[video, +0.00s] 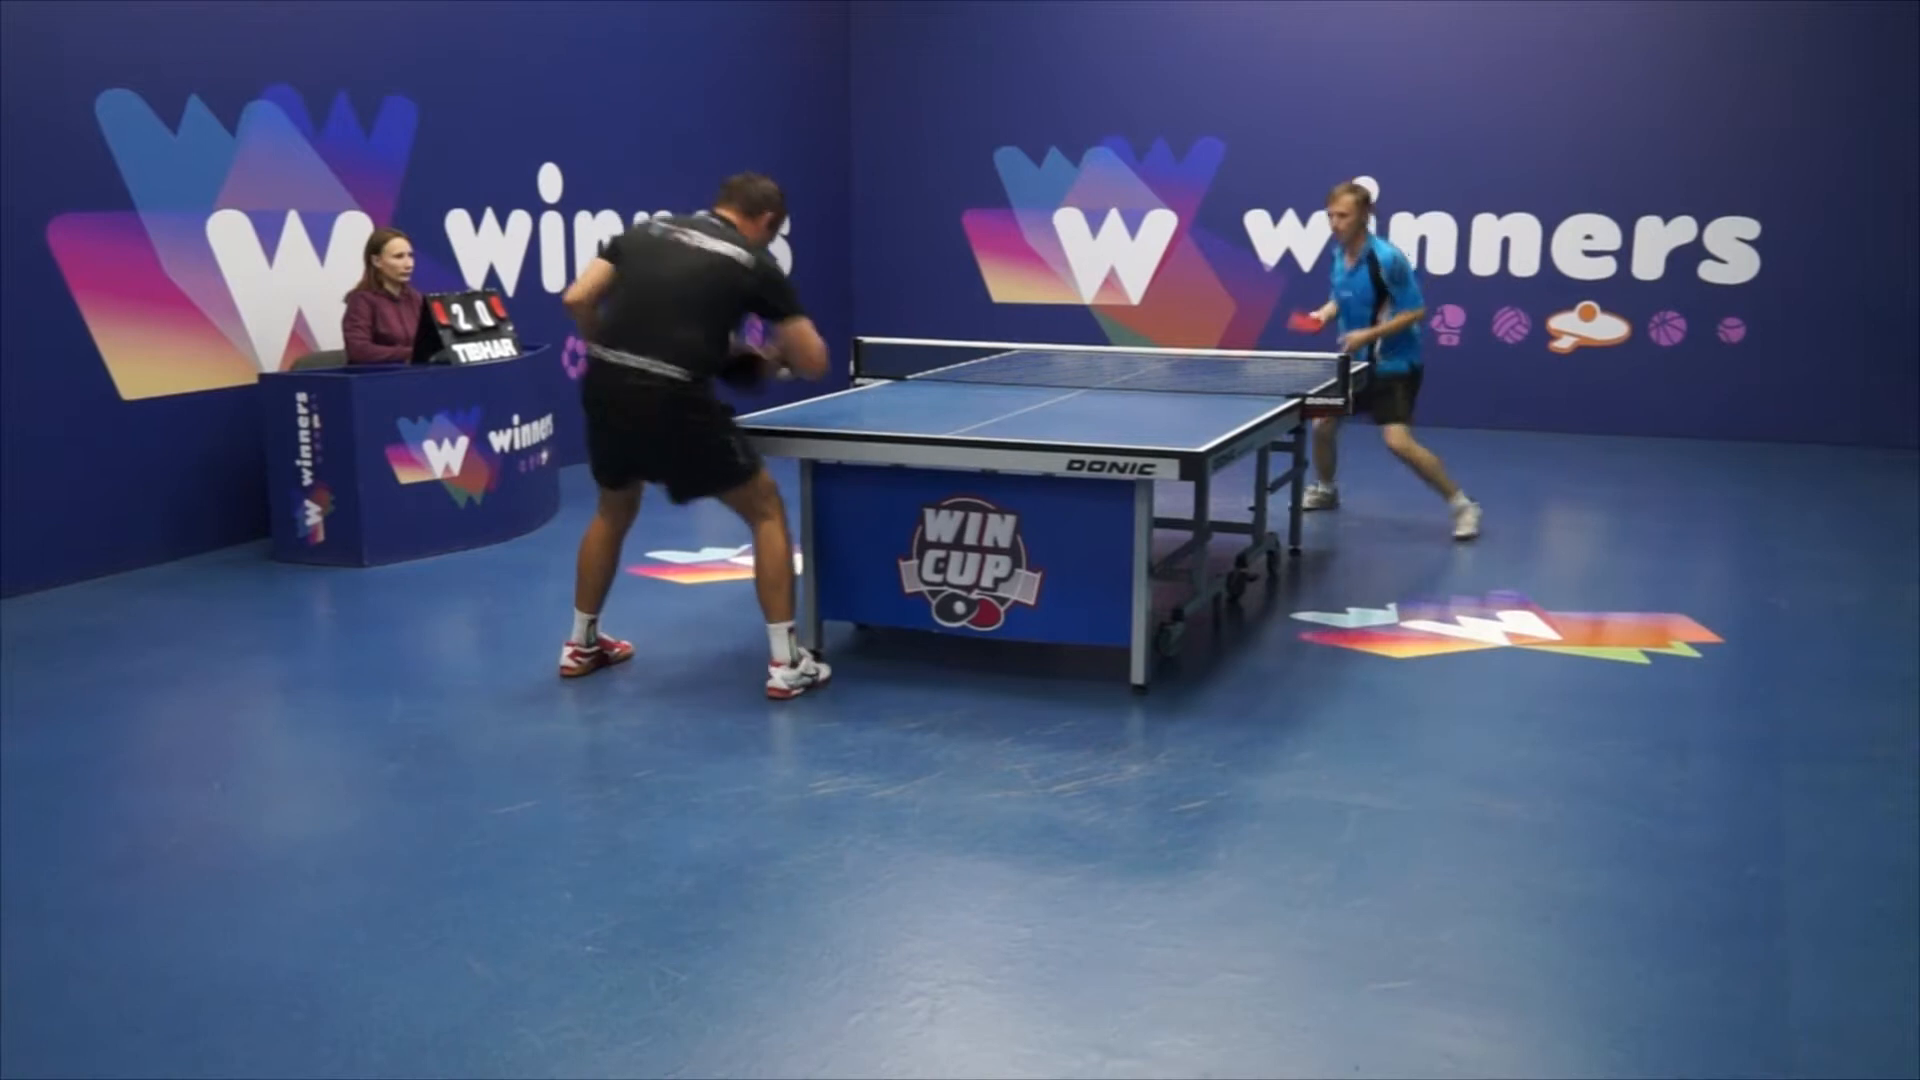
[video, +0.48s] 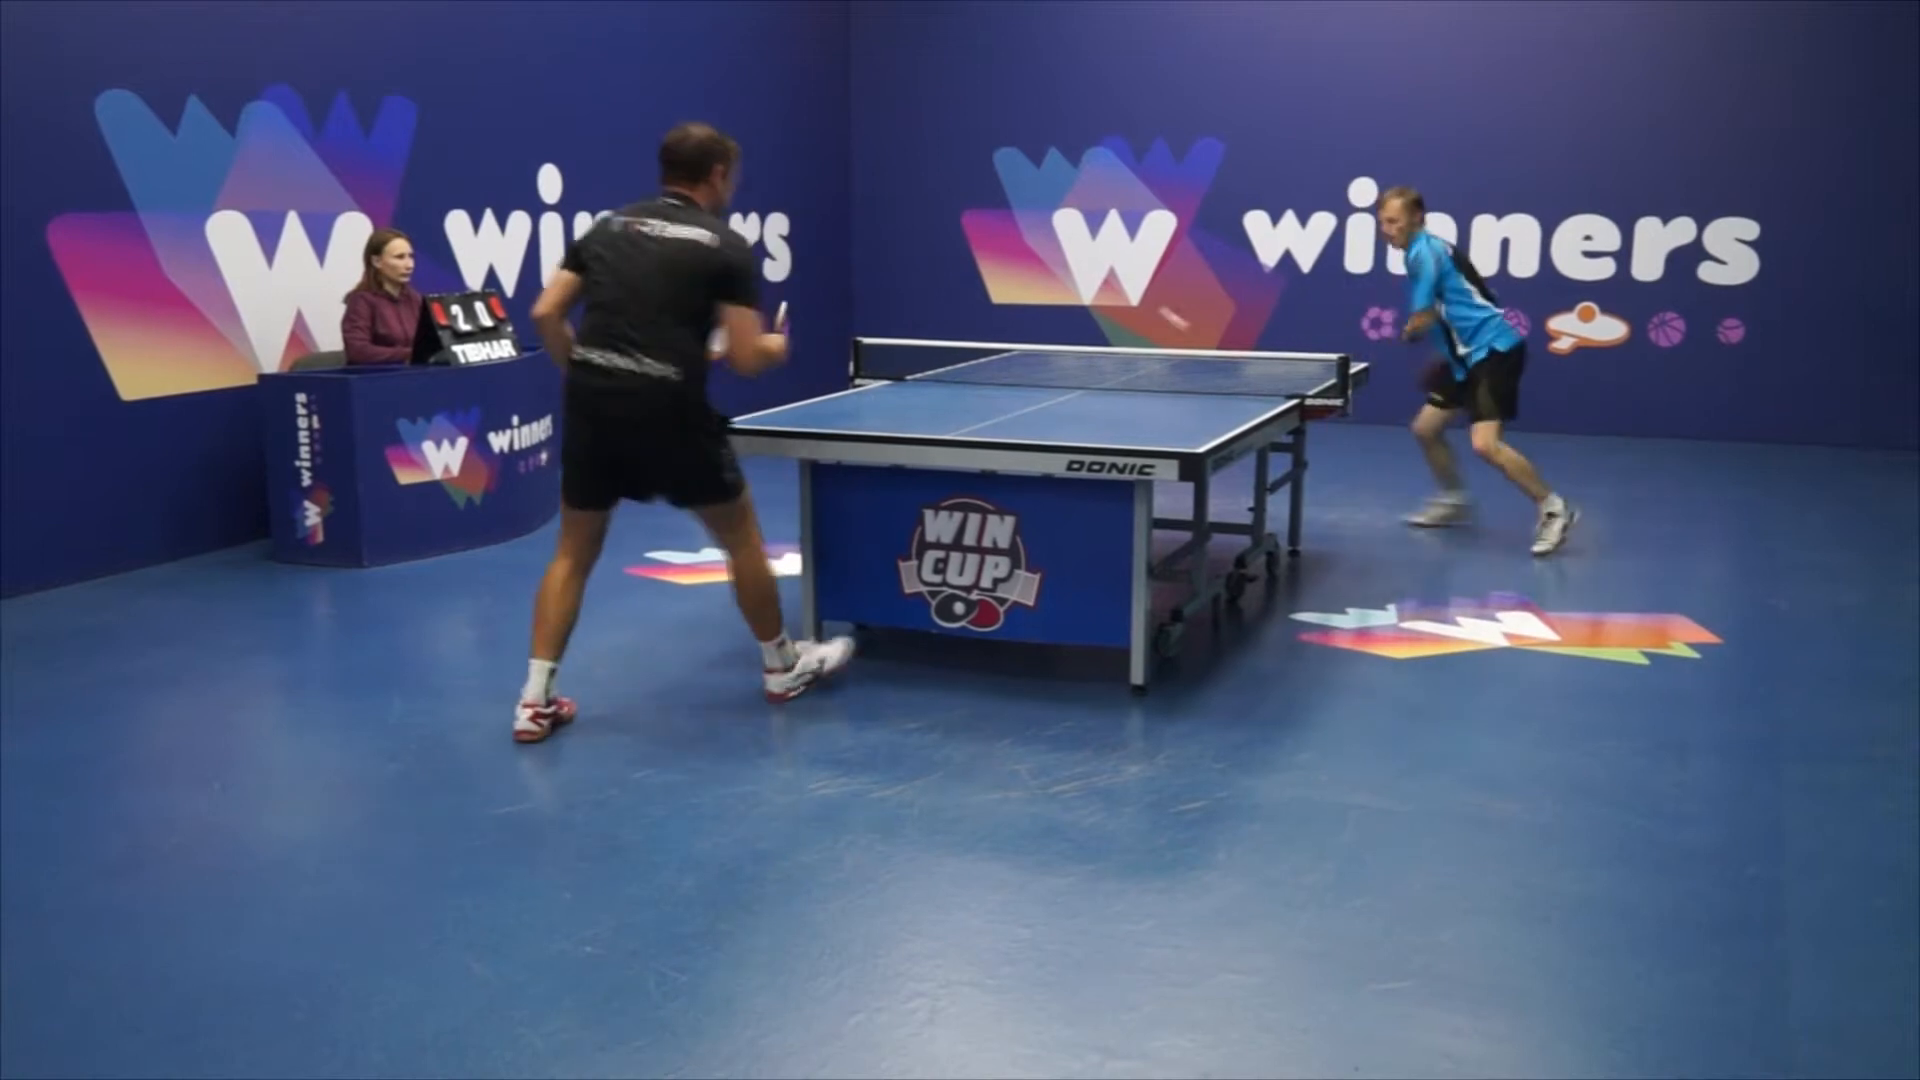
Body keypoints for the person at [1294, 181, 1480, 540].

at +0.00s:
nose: (1335, 223)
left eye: (1343, 216)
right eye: (1332, 216)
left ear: (1364, 217)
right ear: (1328, 216)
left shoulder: (1387, 257)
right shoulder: (1337, 254)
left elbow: (1415, 310)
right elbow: (1342, 297)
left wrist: (1368, 334)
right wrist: (1323, 314)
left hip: (1395, 364)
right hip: (1356, 361)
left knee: (1397, 440)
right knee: (1322, 425)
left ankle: (1462, 505)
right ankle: (1325, 489)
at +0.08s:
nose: (1342, 219)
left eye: (1350, 212)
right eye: (1339, 211)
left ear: (1371, 212)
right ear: (1337, 212)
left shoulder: (1398, 251)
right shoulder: (1345, 253)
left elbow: (1424, 303)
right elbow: (1338, 302)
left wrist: (1378, 329)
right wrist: (1315, 314)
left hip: (1410, 360)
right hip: (1369, 362)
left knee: (1418, 440)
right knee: (1333, 422)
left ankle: (1470, 505)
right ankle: (1327, 489)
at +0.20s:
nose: (1356, 207)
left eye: (1364, 200)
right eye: (1352, 201)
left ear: (1386, 201)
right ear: (1351, 203)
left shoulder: (1414, 238)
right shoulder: (1361, 247)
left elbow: (1447, 286)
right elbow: (1357, 298)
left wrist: (1404, 318)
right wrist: (1329, 317)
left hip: (1440, 344)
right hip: (1400, 348)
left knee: (1450, 424)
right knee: (1361, 415)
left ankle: (1506, 500)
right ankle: (1363, 490)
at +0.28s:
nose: (1368, 213)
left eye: (1375, 206)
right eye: (1364, 207)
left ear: (1397, 207)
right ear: (1362, 208)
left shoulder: (1423, 244)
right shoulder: (1376, 252)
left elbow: (1458, 293)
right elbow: (1381, 304)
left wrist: (1415, 329)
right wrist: (1349, 329)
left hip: (1452, 351)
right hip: (1412, 355)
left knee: (1475, 429)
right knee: (1374, 425)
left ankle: (1529, 511)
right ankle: (1392, 498)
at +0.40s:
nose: (1380, 222)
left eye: (1388, 215)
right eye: (1377, 216)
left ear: (1409, 214)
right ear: (1377, 218)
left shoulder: (1429, 248)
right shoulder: (1400, 257)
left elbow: (1449, 301)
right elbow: (1425, 308)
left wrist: (1407, 336)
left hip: (1481, 353)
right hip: (1445, 359)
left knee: (1493, 442)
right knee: (1413, 427)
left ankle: (1546, 516)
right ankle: (1401, 498)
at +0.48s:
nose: (1387, 229)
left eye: (1394, 221)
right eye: (1383, 222)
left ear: (1416, 220)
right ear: (1384, 222)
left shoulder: (1425, 251)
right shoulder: (1421, 252)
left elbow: (1425, 312)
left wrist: (1412, 328)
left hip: (1496, 348)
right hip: (1469, 355)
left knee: (1486, 443)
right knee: (1425, 429)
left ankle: (1554, 508)